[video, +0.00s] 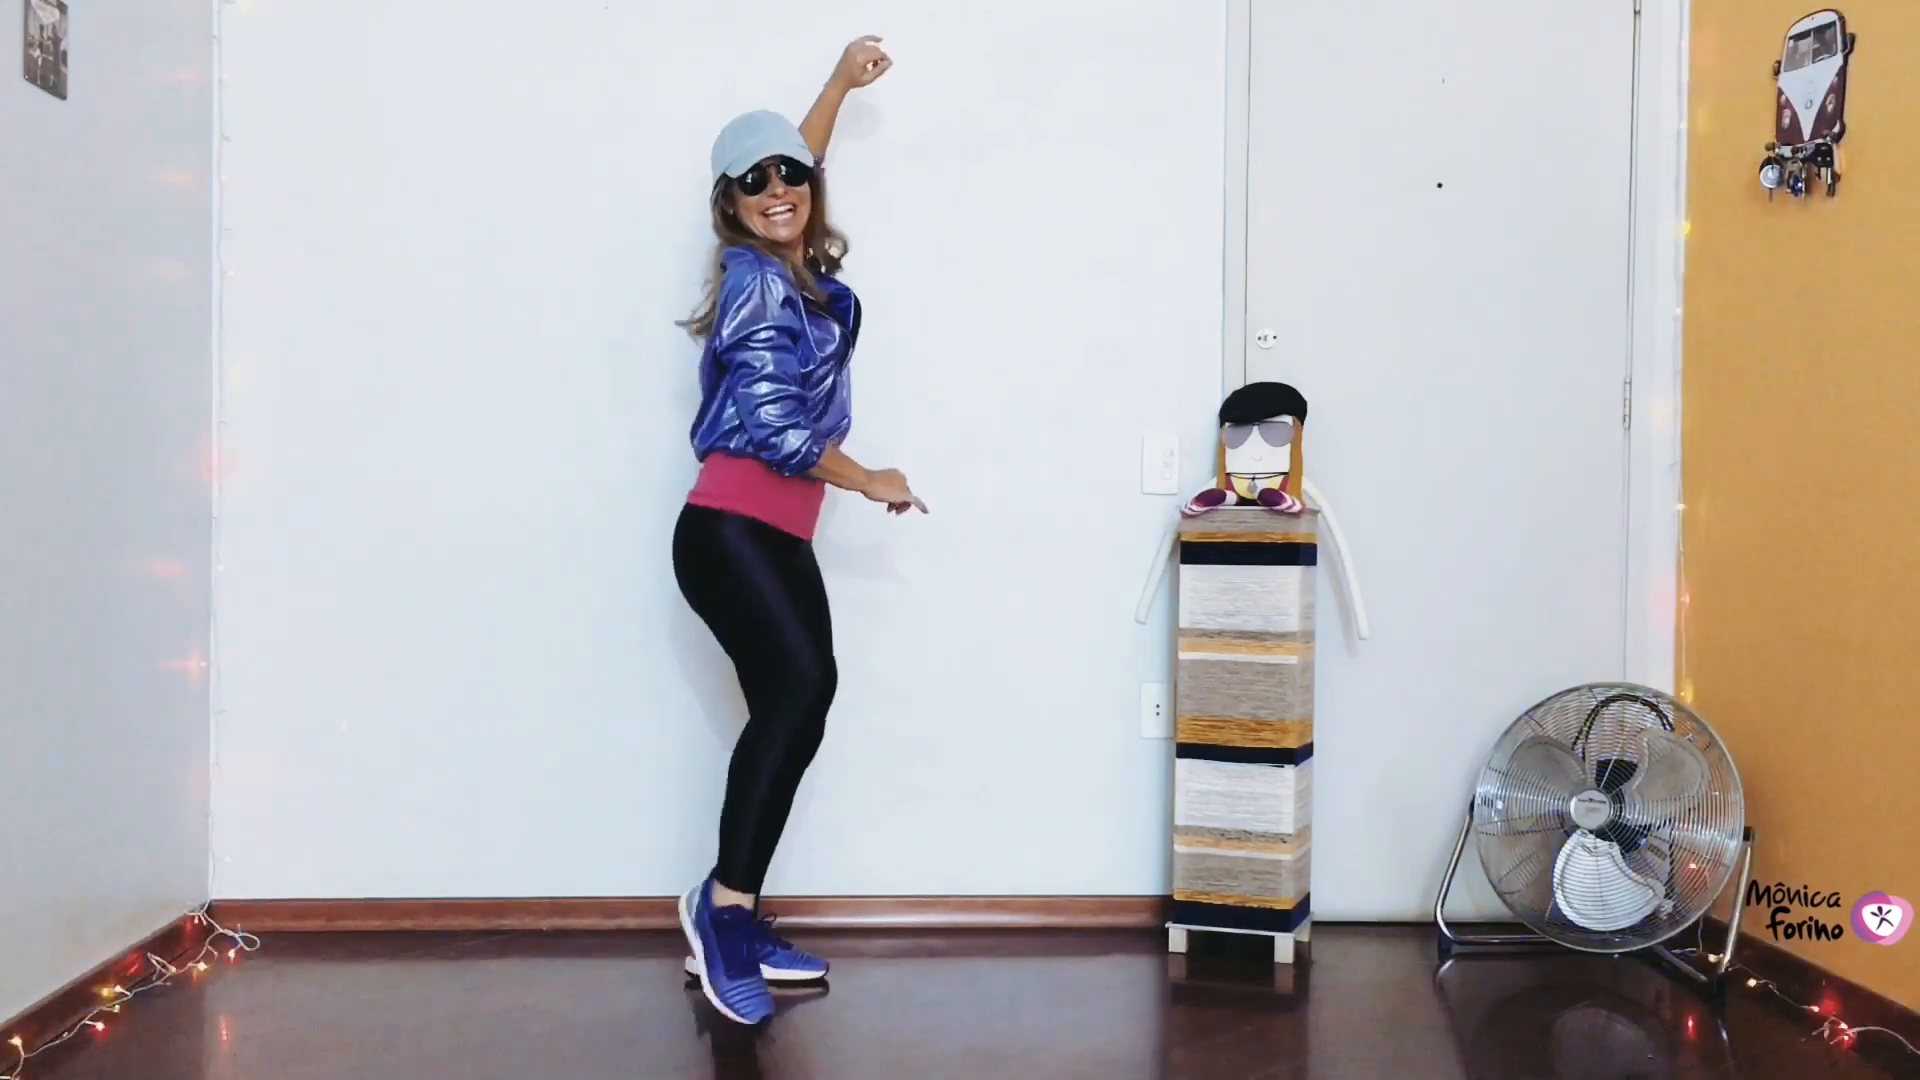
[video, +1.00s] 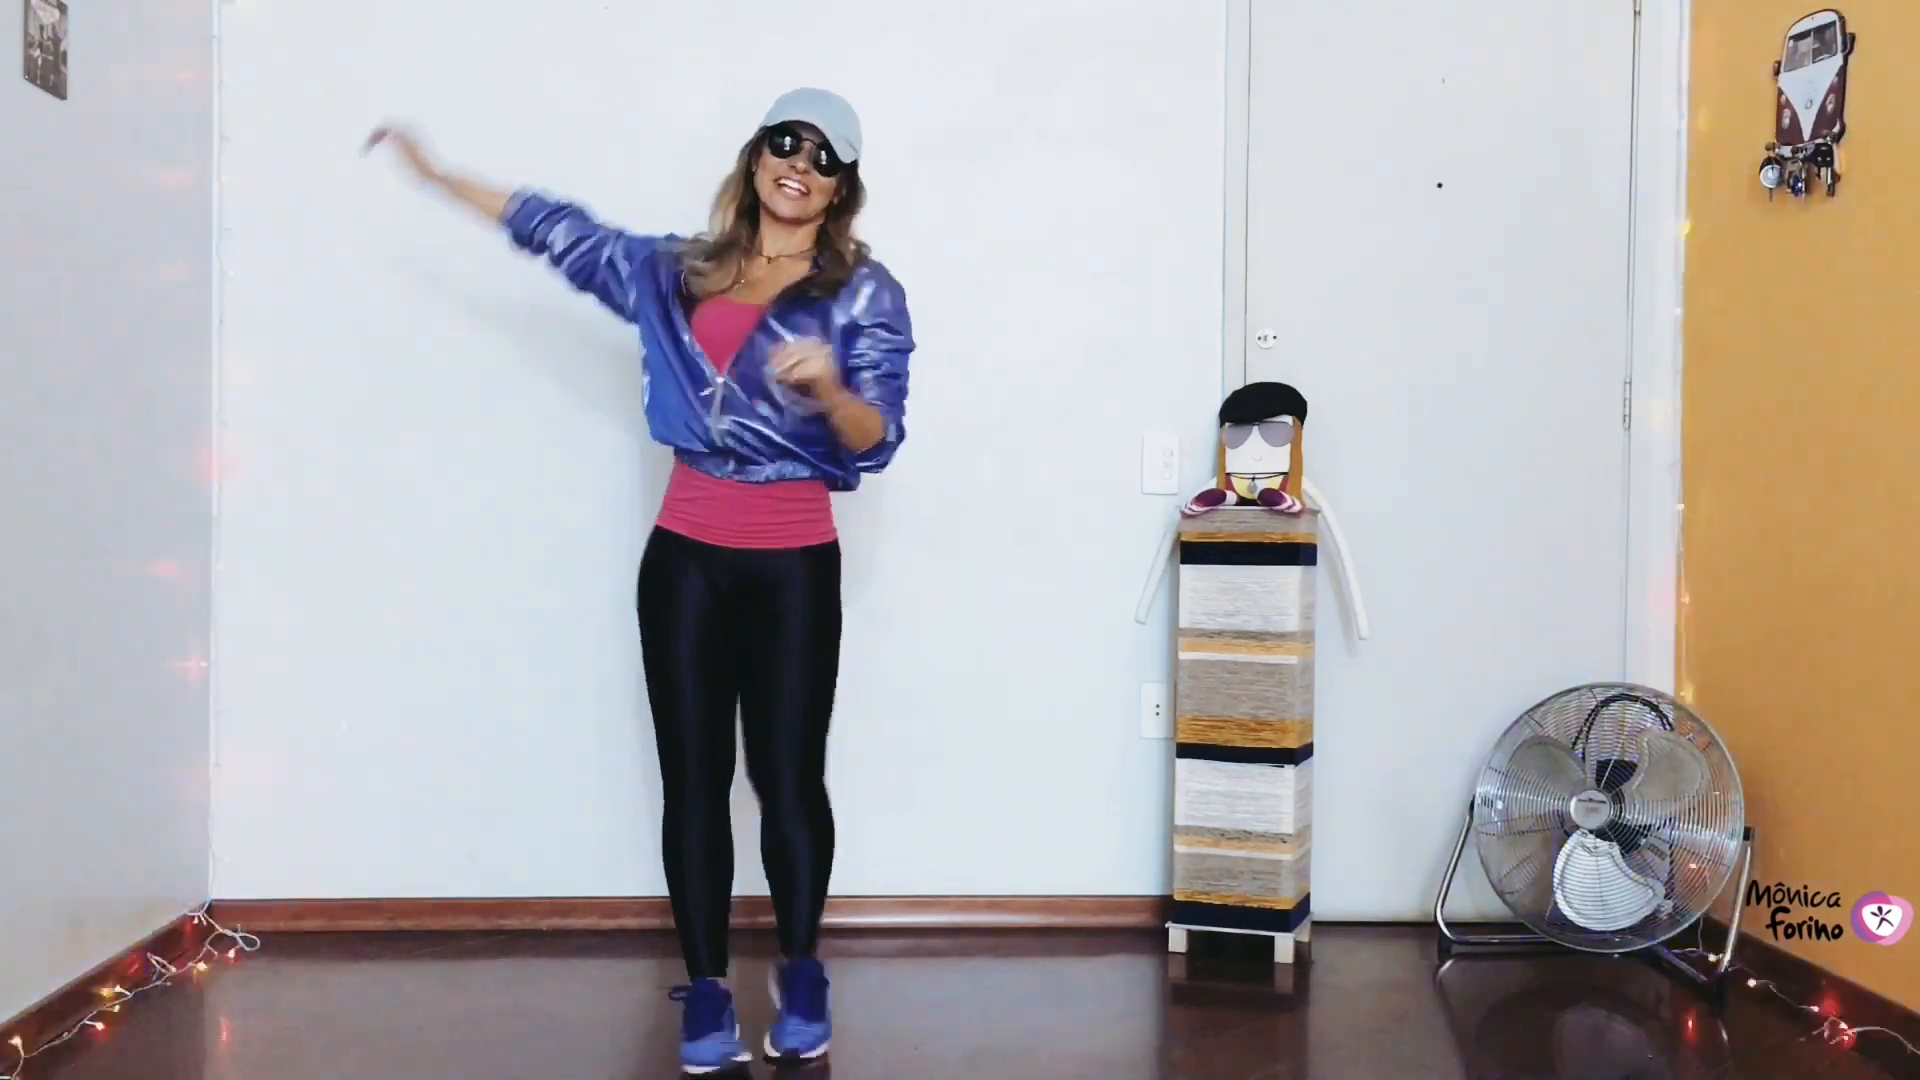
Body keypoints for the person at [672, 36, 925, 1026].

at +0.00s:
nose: (776, 196)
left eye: (789, 181)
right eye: (755, 186)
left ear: (808, 191)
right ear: (732, 204)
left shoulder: (797, 267)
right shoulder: (757, 285)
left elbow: (802, 170)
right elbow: (759, 417)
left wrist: (839, 83)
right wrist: (861, 478)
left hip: (782, 537)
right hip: (730, 528)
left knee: (806, 701)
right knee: (789, 699)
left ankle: (740, 909)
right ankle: (724, 909)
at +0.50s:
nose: (786, 183)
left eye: (803, 168)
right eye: (766, 170)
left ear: (827, 185)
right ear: (742, 190)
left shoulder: (828, 276)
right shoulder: (744, 282)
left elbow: (860, 306)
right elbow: (724, 417)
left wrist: (884, 236)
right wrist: (790, 532)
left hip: (803, 539)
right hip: (726, 542)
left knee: (807, 734)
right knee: (734, 748)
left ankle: (740, 928)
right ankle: (707, 975)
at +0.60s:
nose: (778, 179)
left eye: (797, 165)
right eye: (760, 164)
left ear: (819, 185)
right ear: (734, 181)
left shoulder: (833, 296)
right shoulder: (710, 289)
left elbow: (913, 357)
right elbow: (661, 402)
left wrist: (913, 283)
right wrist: (664, 513)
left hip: (797, 552)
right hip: (711, 546)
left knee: (810, 743)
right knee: (733, 755)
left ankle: (743, 921)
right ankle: (711, 989)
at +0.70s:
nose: (776, 178)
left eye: (796, 166)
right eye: (759, 161)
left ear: (817, 188)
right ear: (729, 178)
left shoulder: (839, 308)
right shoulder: (692, 282)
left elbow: (923, 415)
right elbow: (599, 369)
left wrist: (925, 327)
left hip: (787, 560)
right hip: (689, 550)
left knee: (846, 754)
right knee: (713, 768)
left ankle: (765, 887)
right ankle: (709, 995)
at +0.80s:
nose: (782, 175)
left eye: (803, 164)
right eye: (765, 158)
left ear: (824, 190)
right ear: (734, 175)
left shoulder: (851, 316)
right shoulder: (673, 288)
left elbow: (903, 445)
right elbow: (546, 330)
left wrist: (921, 349)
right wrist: (406, 356)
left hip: (785, 563)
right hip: (680, 553)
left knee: (861, 757)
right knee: (702, 774)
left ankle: (766, 867)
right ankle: (710, 999)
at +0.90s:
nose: (792, 171)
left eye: (814, 162)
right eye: (776, 153)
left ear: (836, 190)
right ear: (744, 171)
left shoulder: (858, 302)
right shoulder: (668, 282)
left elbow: (890, 450)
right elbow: (530, 280)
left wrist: (889, 362)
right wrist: (388, 260)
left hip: (789, 564)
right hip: (677, 554)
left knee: (834, 759)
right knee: (697, 772)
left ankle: (772, 897)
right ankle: (707, 992)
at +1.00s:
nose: (798, 170)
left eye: (821, 161)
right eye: (784, 150)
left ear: (841, 187)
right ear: (753, 162)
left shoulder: (865, 294)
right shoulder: (677, 270)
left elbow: (875, 447)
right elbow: (558, 228)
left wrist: (831, 392)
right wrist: (440, 177)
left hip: (795, 564)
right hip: (686, 556)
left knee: (789, 777)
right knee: (694, 777)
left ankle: (801, 979)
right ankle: (706, 993)